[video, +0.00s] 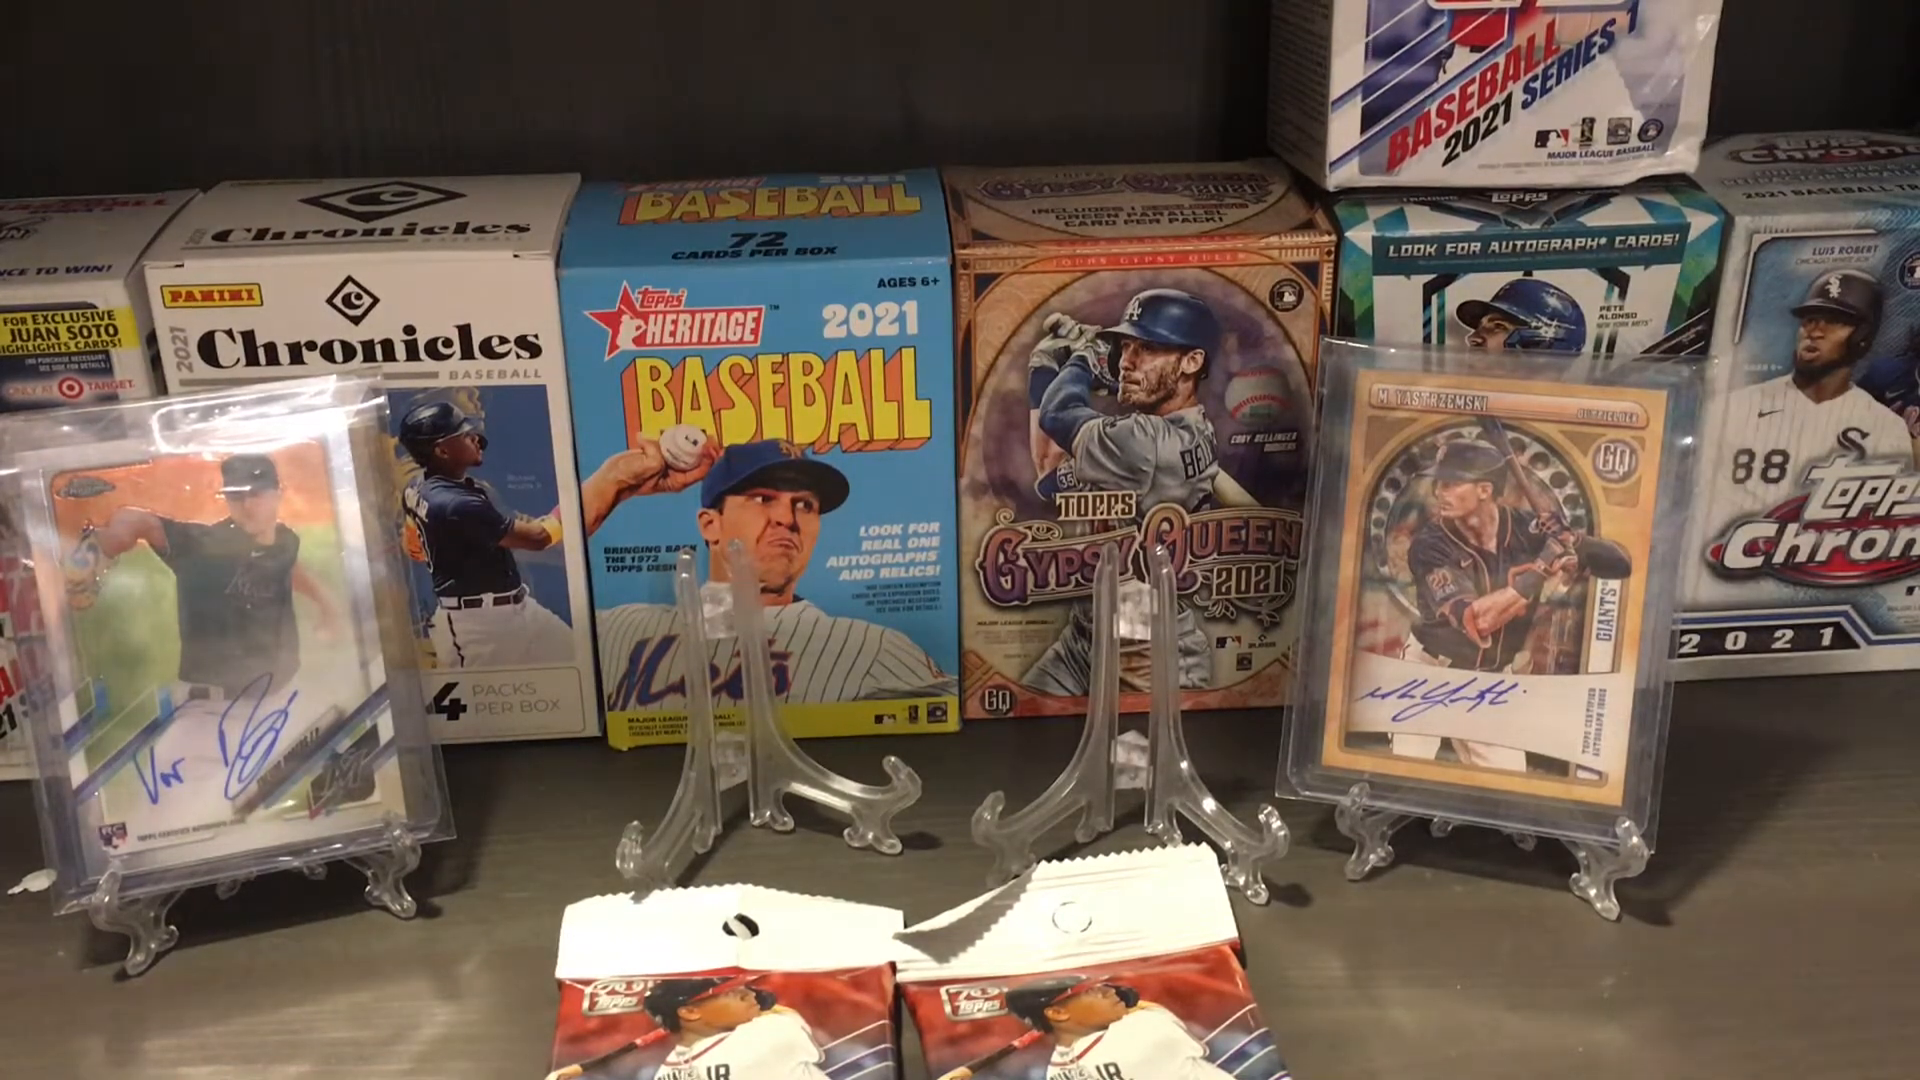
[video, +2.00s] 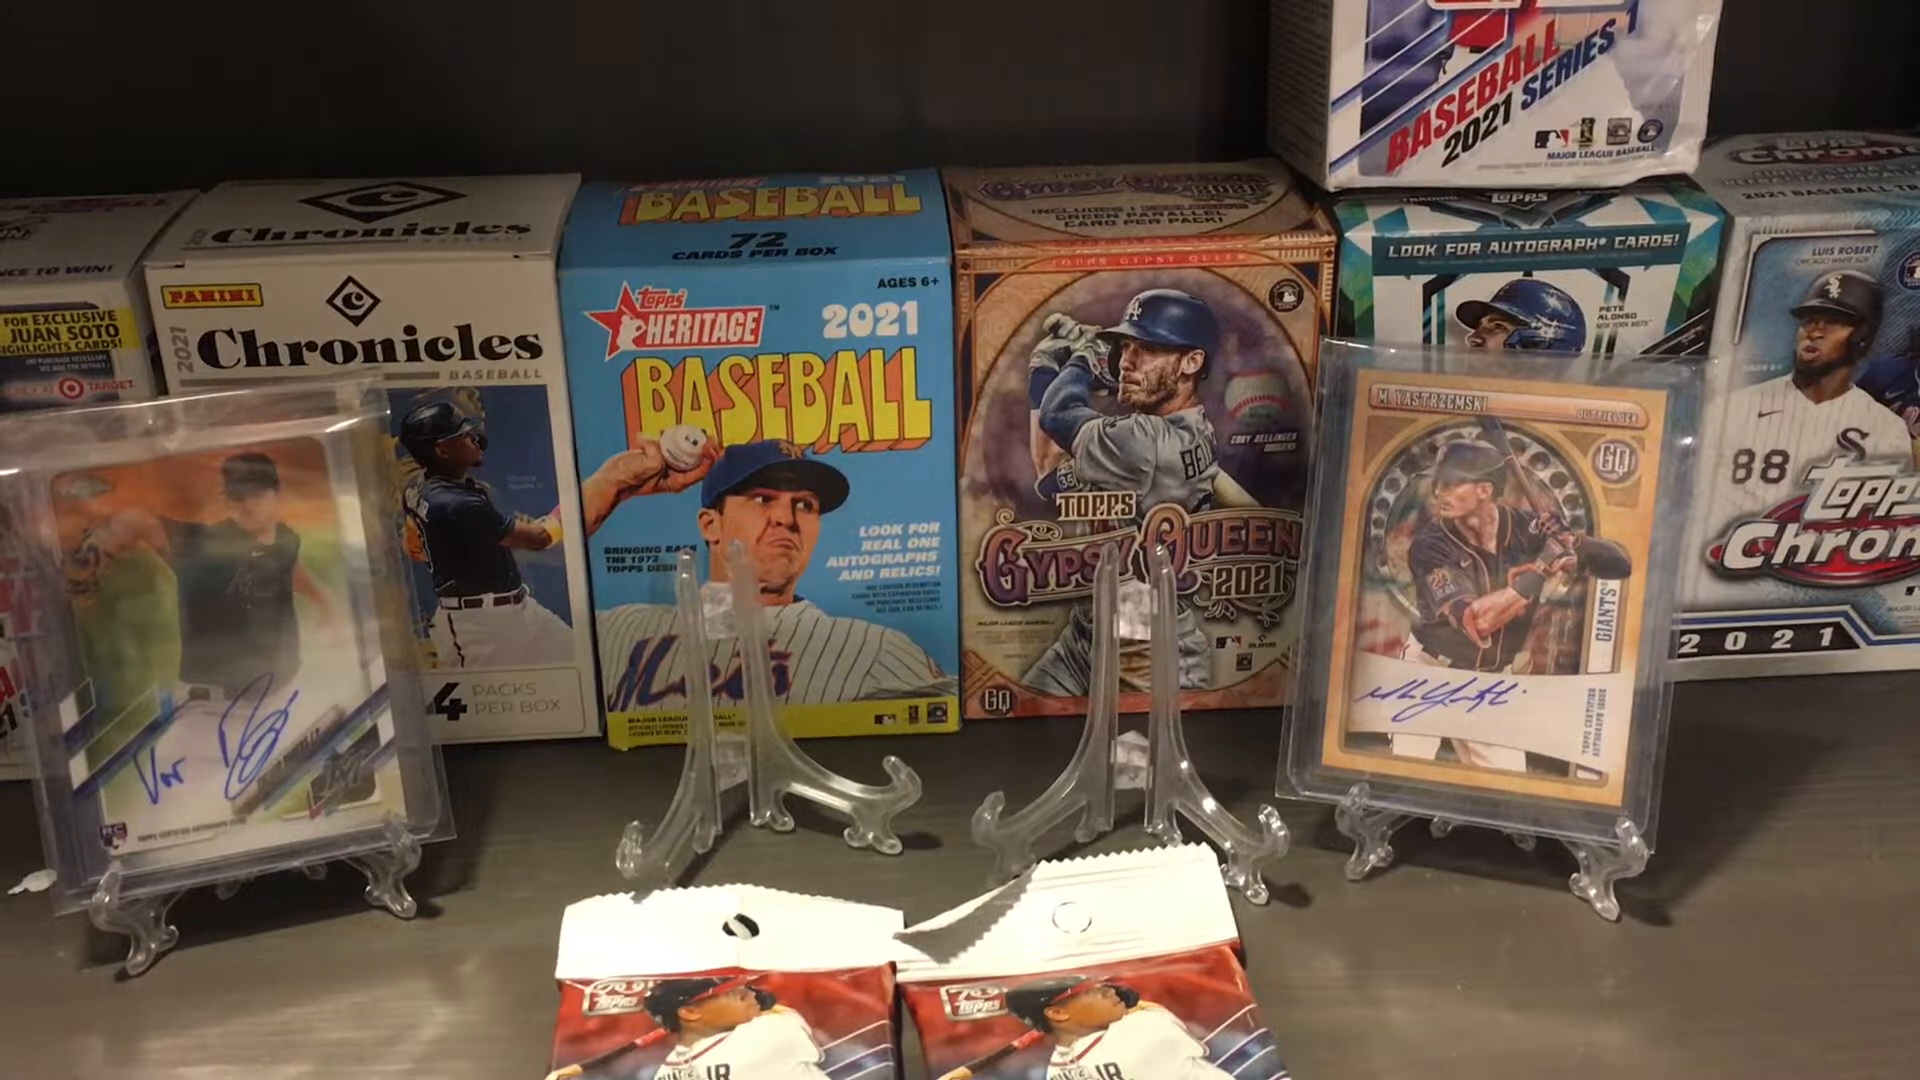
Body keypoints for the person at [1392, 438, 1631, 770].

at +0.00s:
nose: (1439, 492)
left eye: (1451, 484)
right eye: (1439, 483)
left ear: (1484, 491)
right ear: (1436, 486)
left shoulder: (1527, 528)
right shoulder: (1430, 541)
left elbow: (1622, 564)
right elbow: (1471, 621)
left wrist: (1574, 548)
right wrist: (1537, 572)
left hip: (1494, 677)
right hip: (1428, 669)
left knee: (1509, 789)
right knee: (1412, 772)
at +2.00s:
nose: (1439, 492)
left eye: (1451, 484)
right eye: (1439, 484)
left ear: (1484, 491)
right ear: (1435, 487)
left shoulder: (1526, 528)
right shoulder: (1430, 542)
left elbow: (1622, 564)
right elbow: (1475, 623)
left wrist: (1577, 551)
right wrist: (1539, 571)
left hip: (1495, 677)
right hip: (1429, 670)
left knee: (1509, 792)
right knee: (1410, 775)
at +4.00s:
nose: (1439, 492)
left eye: (1451, 484)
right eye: (1439, 483)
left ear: (1484, 490)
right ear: (1436, 486)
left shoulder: (1527, 528)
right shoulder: (1430, 540)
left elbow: (1622, 562)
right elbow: (1474, 622)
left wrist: (1574, 551)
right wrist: (1540, 569)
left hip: (1495, 676)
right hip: (1429, 668)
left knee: (1508, 787)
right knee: (1411, 772)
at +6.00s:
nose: (1439, 492)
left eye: (1452, 484)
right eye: (1439, 483)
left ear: (1484, 491)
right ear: (1436, 486)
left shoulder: (1528, 530)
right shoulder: (1430, 542)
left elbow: (1622, 565)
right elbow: (1473, 622)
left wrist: (1574, 547)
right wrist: (1538, 573)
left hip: (1495, 677)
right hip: (1429, 670)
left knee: (1510, 789)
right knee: (1411, 772)